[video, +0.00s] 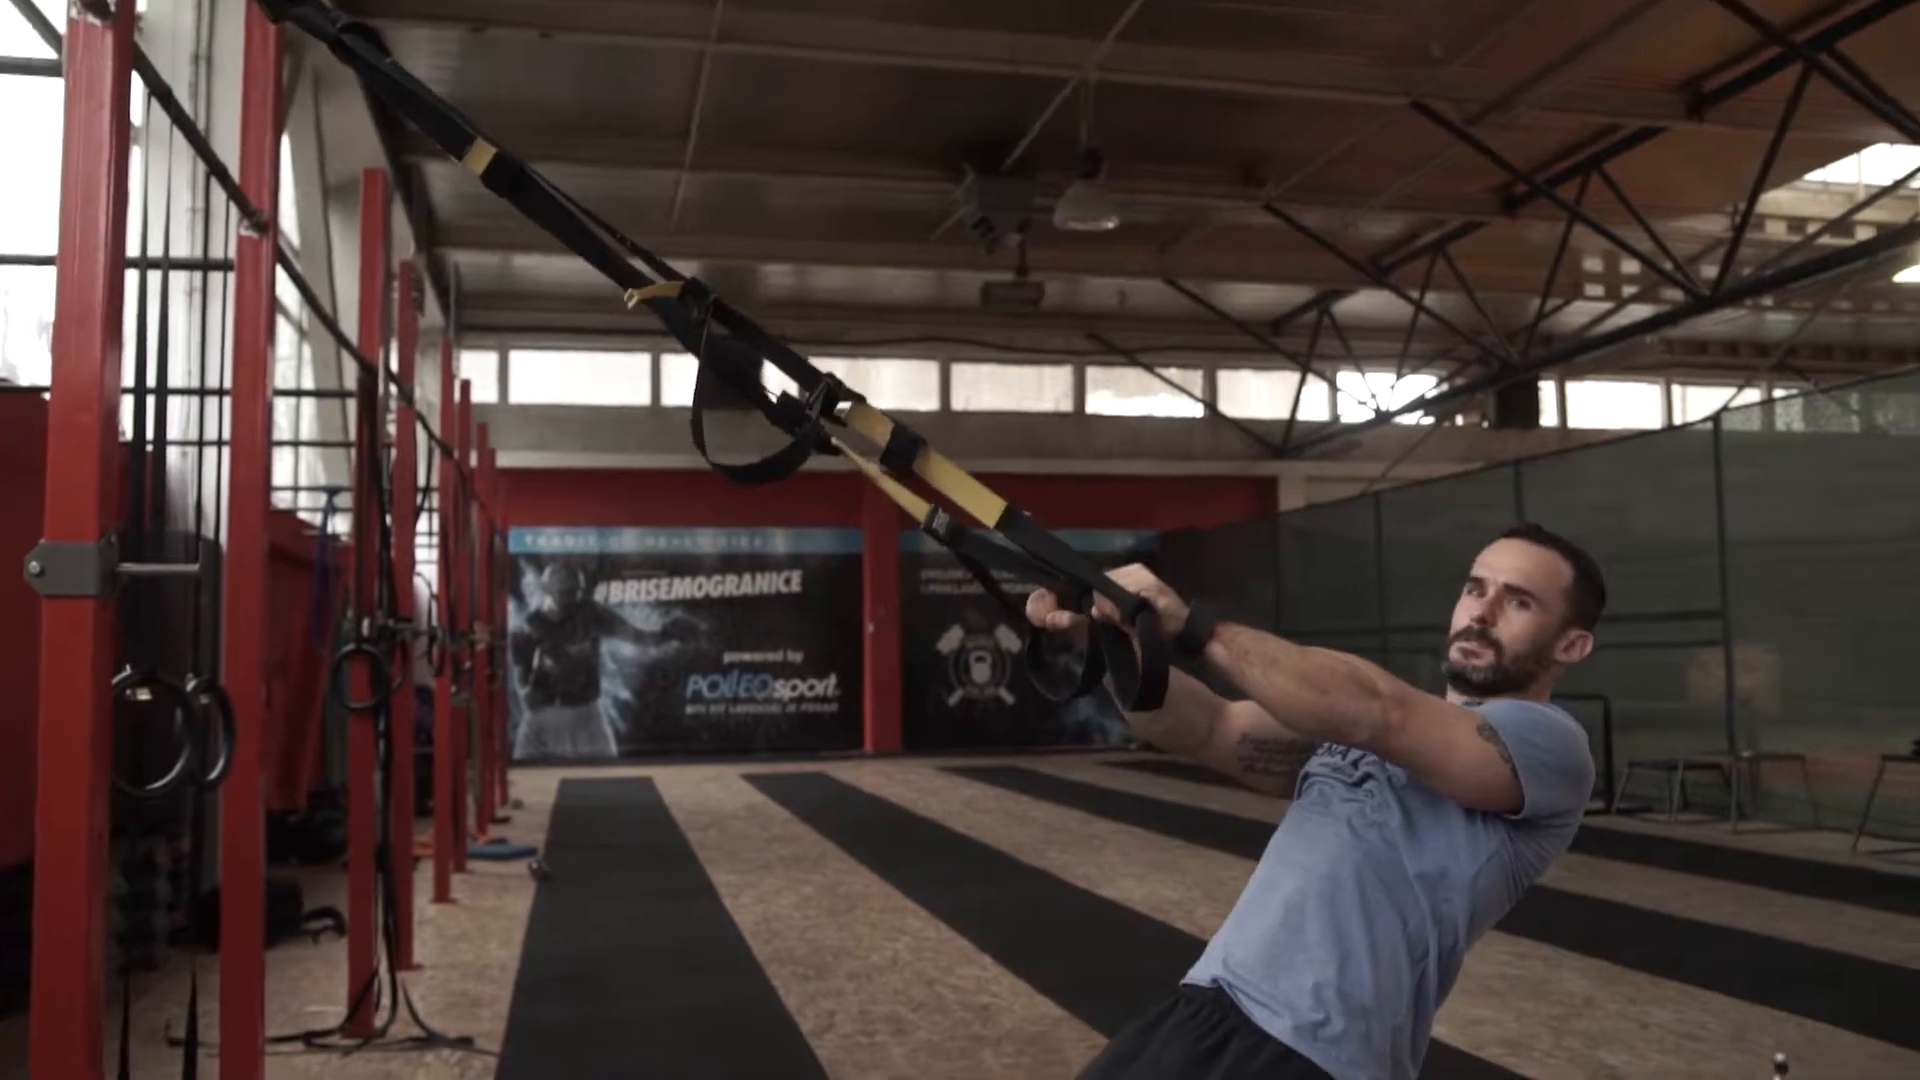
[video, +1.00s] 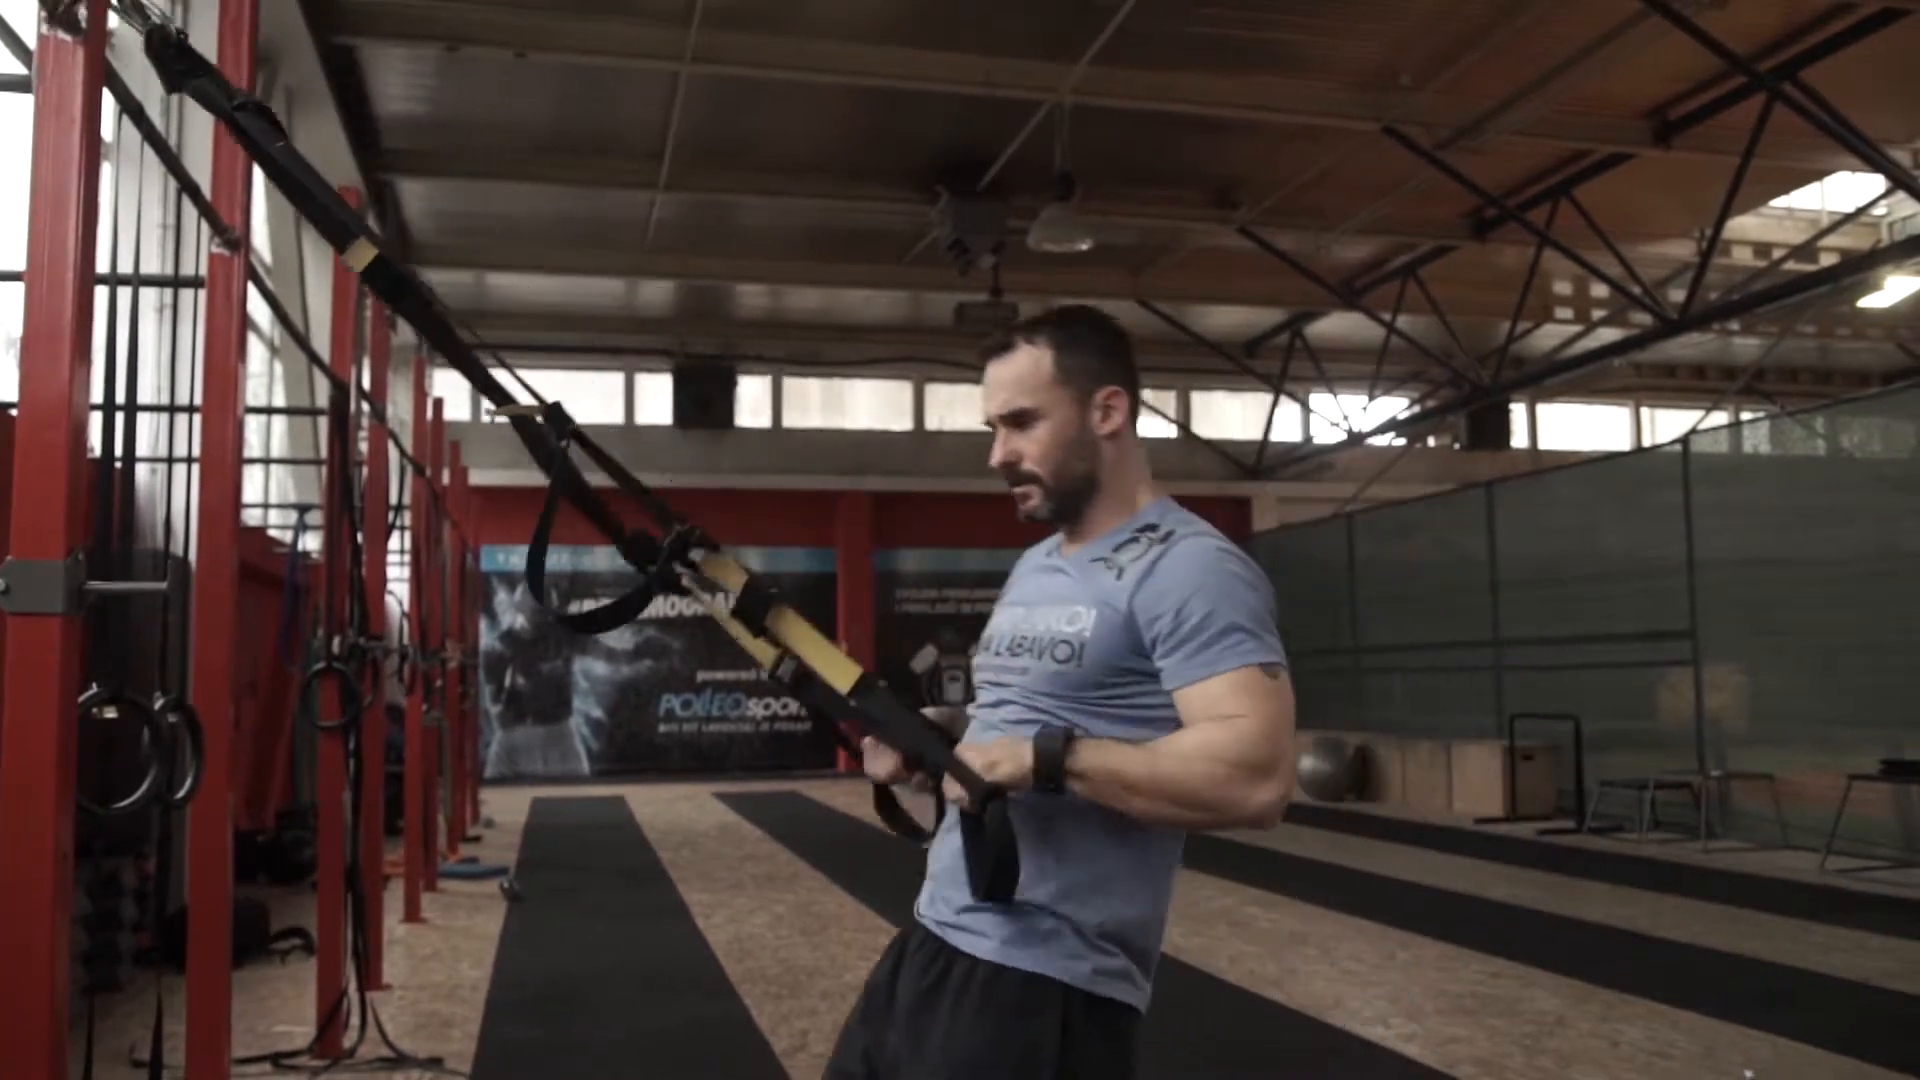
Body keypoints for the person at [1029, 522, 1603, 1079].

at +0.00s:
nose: (1478, 612)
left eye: (1518, 602)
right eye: (1475, 590)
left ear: (1571, 645)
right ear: (1458, 597)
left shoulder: (1556, 749)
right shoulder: (1384, 715)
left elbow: (1383, 712)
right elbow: (1218, 729)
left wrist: (1197, 630)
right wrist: (1107, 639)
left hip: (1320, 1060)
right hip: (1197, 1012)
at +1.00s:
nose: (999, 455)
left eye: (1022, 422)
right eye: (994, 430)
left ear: (1110, 411)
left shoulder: (1191, 567)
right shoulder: (1036, 567)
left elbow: (1254, 776)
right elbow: (1023, 763)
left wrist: (1046, 757)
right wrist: (921, 774)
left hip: (1049, 994)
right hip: (931, 957)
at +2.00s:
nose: (824, 413)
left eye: (844, 378)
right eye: (818, 387)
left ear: (929, 357)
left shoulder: (994, 484)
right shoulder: (875, 518)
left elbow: (1035, 709)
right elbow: (851, 698)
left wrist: (867, 861)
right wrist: (774, 809)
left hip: (962, 965)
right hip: (854, 951)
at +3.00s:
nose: (756, 442)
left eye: (769, 406)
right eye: (744, 416)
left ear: (855, 371)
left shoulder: (964, 516)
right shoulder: (801, 537)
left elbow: (951, 760)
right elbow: (764, 719)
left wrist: (782, 912)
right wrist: (698, 878)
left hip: (927, 973)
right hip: (808, 966)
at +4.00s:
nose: (692, 479)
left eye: (696, 445)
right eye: (675, 459)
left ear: (768, 386)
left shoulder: (888, 510)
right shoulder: (765, 542)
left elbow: (835, 771)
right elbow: (735, 734)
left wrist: (713, 955)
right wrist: (670, 898)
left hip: (885, 980)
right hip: (777, 969)